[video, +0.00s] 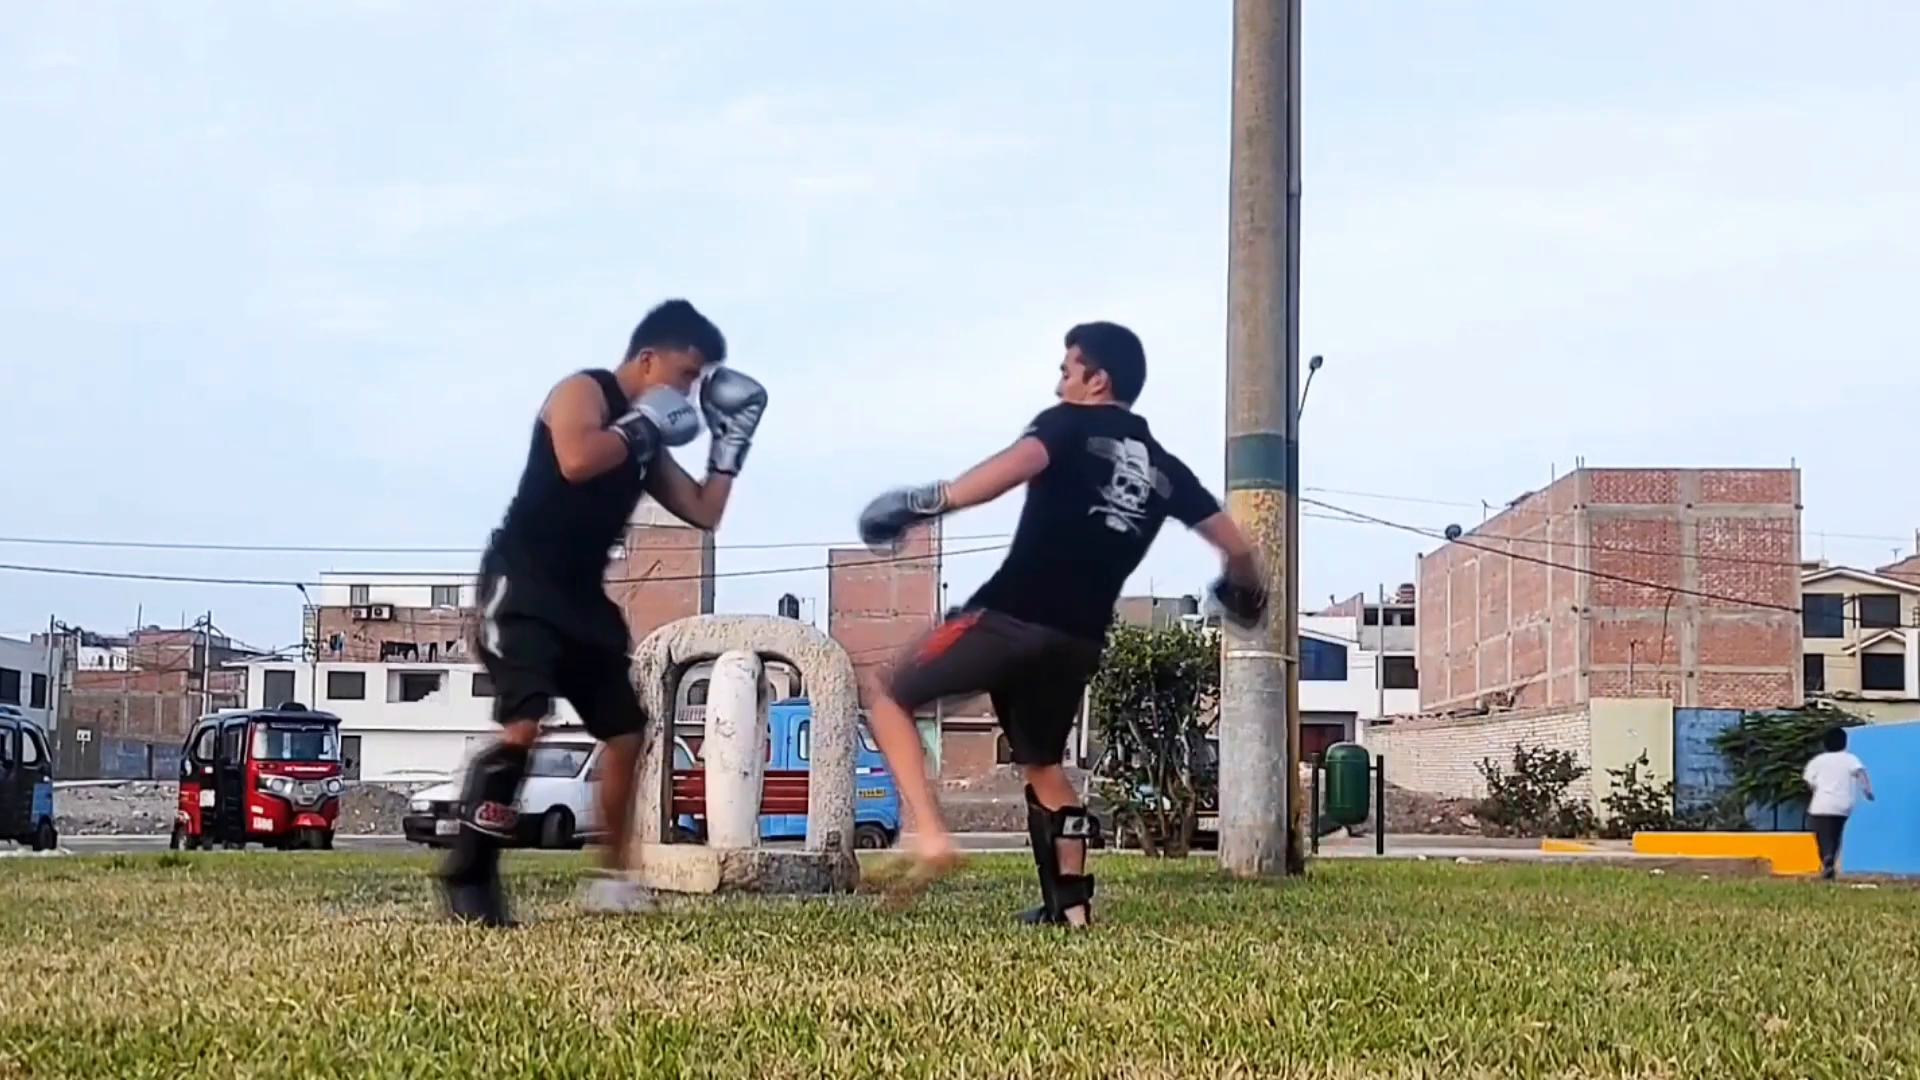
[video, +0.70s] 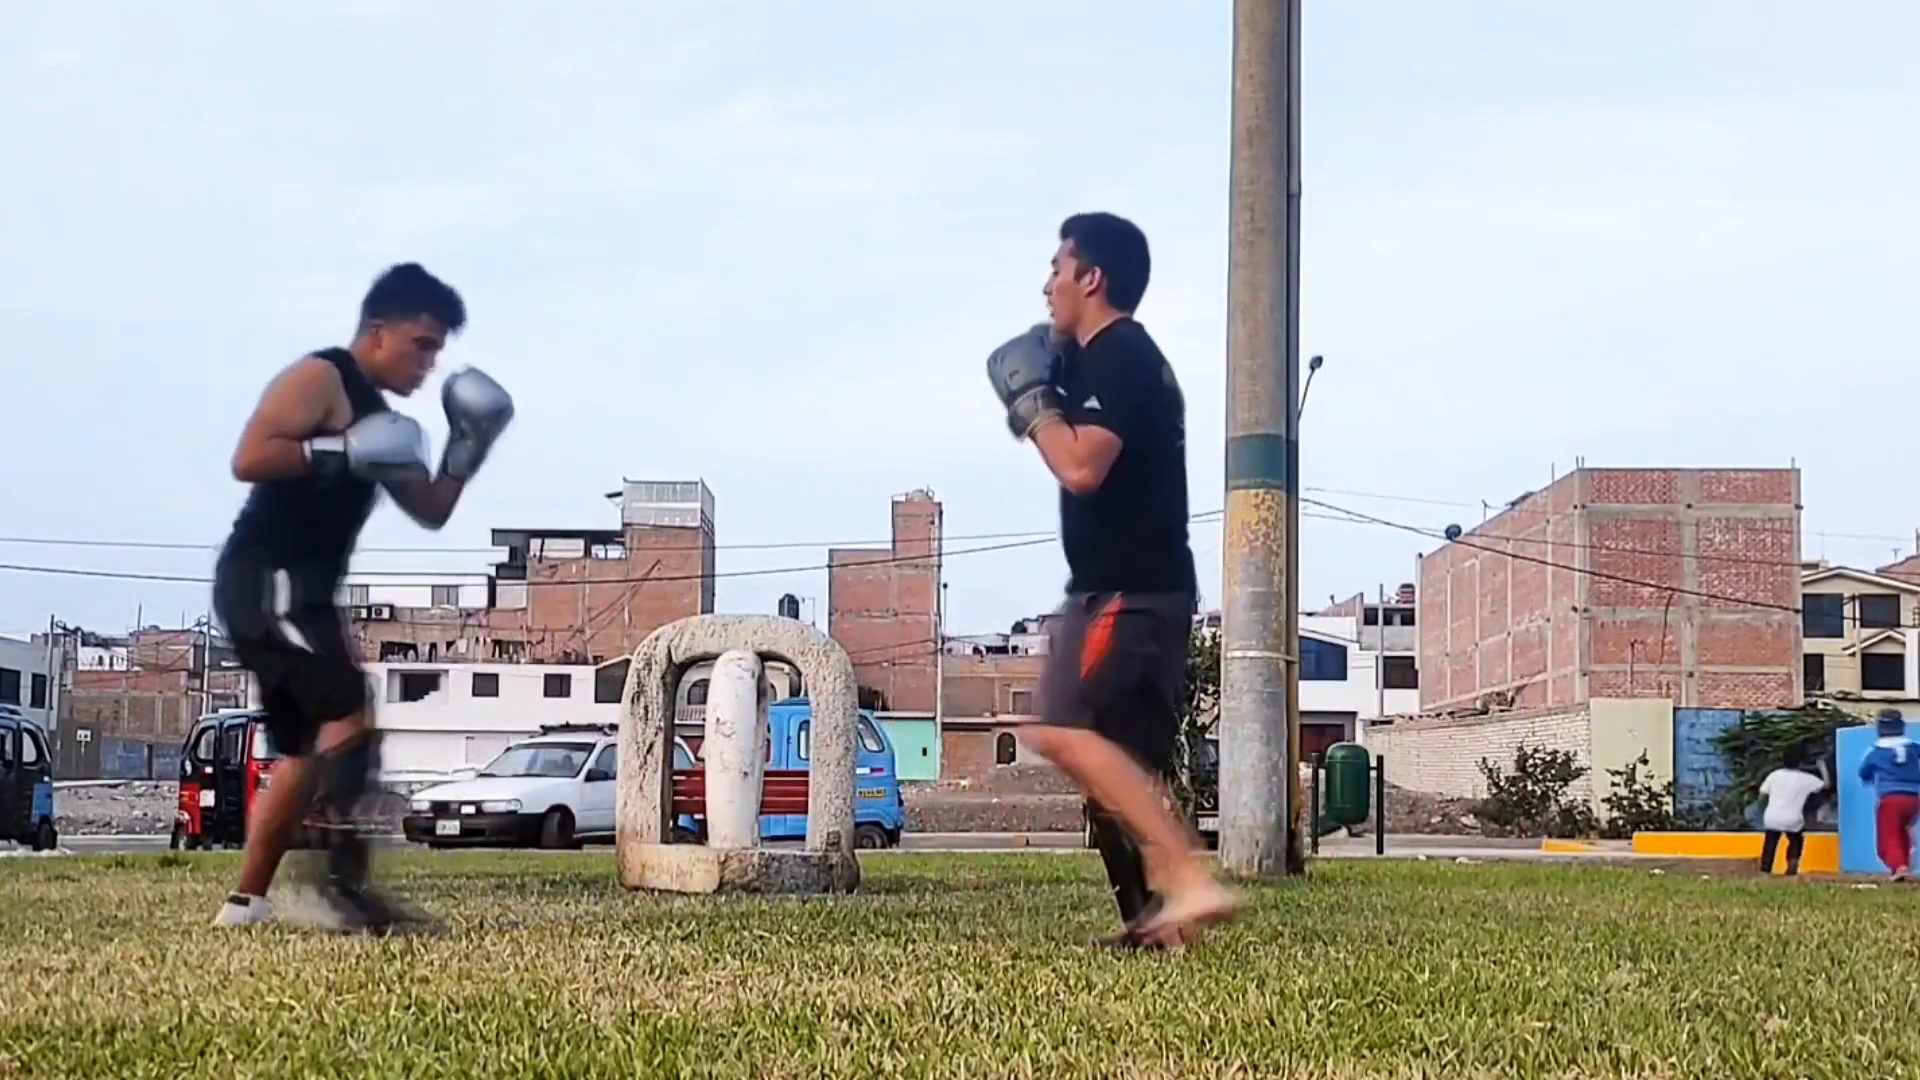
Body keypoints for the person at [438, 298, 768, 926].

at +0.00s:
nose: (688, 392)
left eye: (696, 381)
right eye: (685, 374)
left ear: (663, 368)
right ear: (648, 355)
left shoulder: (639, 438)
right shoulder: (581, 392)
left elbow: (704, 512)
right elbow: (576, 460)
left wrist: (730, 441)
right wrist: (642, 425)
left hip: (580, 595)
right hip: (521, 582)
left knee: (625, 731)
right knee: (524, 720)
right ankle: (470, 873)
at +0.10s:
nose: (662, 385)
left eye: (668, 373)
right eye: (657, 368)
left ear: (629, 360)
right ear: (617, 351)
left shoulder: (615, 430)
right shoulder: (548, 397)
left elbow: (677, 511)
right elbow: (539, 483)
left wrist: (712, 449)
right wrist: (609, 440)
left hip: (563, 603)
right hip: (498, 589)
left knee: (606, 742)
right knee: (484, 718)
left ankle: (579, 893)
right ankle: (407, 863)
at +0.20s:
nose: (619, 394)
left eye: (625, 380)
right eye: (614, 375)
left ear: (578, 369)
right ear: (571, 363)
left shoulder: (585, 442)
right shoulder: (502, 420)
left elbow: (634, 533)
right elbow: (505, 515)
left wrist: (672, 481)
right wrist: (575, 457)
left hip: (547, 627)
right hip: (479, 621)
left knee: (599, 755)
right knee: (449, 747)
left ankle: (580, 903)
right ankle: (359, 901)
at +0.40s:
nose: (551, 356)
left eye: (557, 343)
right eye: (546, 339)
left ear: (511, 332)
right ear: (501, 327)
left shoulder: (495, 398)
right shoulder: (449, 375)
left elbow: (474, 490)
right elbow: (424, 467)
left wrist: (537, 474)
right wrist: (506, 440)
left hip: (448, 580)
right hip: (410, 576)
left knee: (487, 721)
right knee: (459, 719)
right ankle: (384, 884)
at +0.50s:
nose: (508, 362)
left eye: (513, 348)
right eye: (502, 344)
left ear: (462, 336)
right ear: (458, 331)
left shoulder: (447, 402)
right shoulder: (414, 381)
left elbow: (424, 495)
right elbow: (376, 464)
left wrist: (487, 476)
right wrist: (456, 454)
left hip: (409, 585)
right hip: (385, 586)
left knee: (420, 742)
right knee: (453, 740)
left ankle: (316, 857)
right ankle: (399, 905)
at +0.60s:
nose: (468, 369)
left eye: (474, 355)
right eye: (461, 350)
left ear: (422, 344)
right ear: (416, 338)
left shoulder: (408, 417)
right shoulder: (371, 386)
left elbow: (395, 530)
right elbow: (309, 461)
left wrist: (455, 484)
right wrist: (405, 464)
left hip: (339, 593)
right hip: (340, 594)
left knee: (336, 764)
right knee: (426, 740)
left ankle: (249, 898)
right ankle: (396, 900)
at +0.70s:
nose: (430, 364)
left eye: (436, 351)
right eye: (424, 346)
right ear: (377, 332)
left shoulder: (380, 420)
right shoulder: (319, 377)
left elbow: (434, 510)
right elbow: (251, 457)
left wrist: (465, 445)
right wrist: (344, 452)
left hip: (307, 586)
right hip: (267, 578)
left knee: (303, 753)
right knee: (348, 718)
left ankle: (246, 902)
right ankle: (335, 883)